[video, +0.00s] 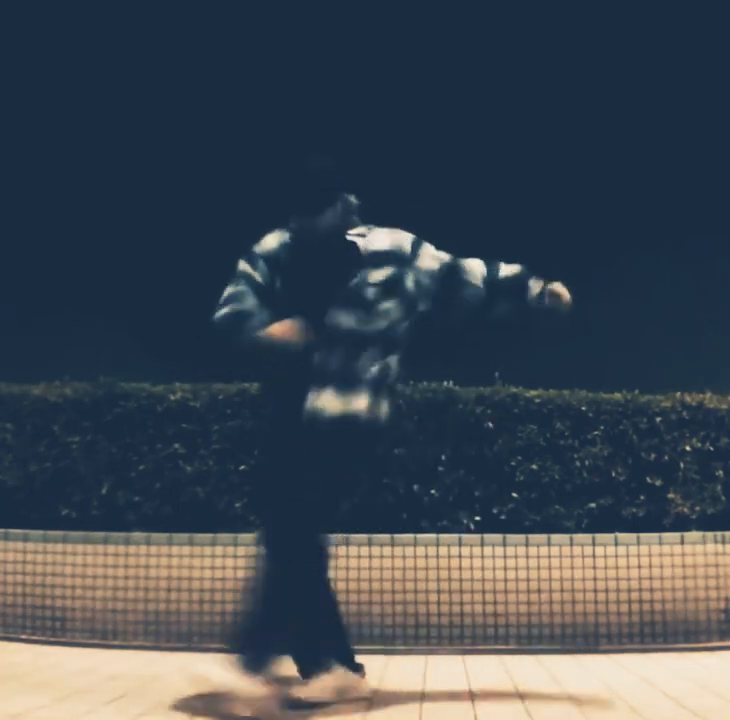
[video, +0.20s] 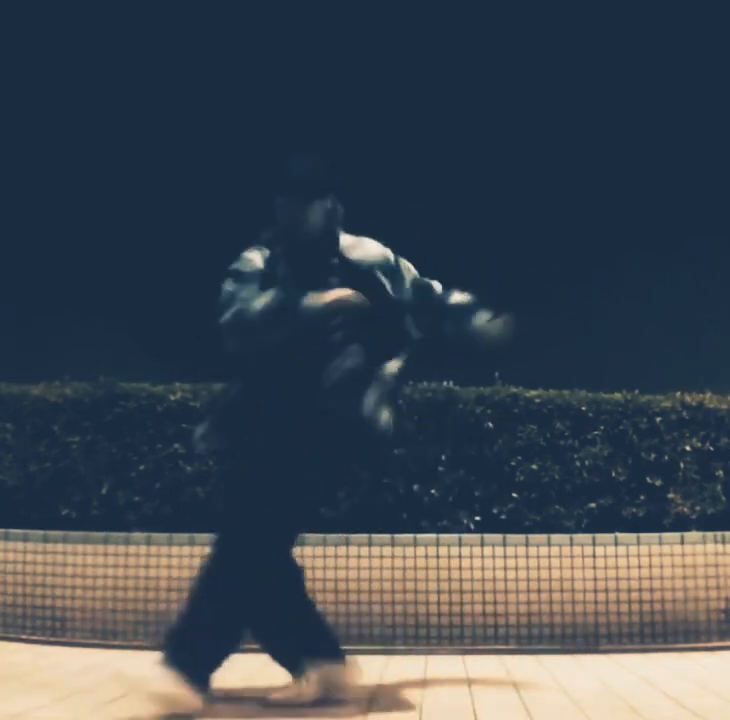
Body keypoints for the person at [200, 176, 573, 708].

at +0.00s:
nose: (314, 229)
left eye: (322, 217)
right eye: (305, 221)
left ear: (344, 210)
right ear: (295, 218)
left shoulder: (395, 252)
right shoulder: (278, 253)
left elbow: (470, 278)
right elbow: (231, 309)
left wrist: (535, 290)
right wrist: (264, 328)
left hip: (357, 423)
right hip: (292, 419)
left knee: (298, 533)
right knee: (295, 535)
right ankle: (332, 666)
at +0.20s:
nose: (301, 219)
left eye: (311, 207)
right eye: (292, 208)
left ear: (333, 209)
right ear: (277, 211)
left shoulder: (370, 260)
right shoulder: (257, 264)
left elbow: (432, 302)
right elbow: (236, 326)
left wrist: (479, 321)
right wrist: (307, 306)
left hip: (333, 428)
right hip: (258, 425)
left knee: (254, 537)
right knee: (256, 540)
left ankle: (185, 668)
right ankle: (322, 664)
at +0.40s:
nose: (313, 207)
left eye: (323, 196)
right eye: (303, 196)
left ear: (339, 200)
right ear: (285, 198)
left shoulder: (359, 251)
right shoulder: (252, 250)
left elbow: (380, 291)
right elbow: (177, 293)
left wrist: (305, 289)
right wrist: (212, 335)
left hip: (343, 422)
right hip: (271, 421)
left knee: (352, 547)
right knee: (276, 551)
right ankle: (278, 669)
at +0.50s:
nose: (314, 216)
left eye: (324, 205)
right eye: (304, 205)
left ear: (340, 207)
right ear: (286, 205)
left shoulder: (364, 265)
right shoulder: (248, 262)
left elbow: (353, 341)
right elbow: (192, 324)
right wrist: (228, 369)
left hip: (340, 424)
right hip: (261, 423)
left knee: (390, 525)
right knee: (231, 518)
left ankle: (406, 655)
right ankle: (243, 643)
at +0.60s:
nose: (299, 277)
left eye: (308, 266)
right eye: (289, 267)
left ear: (323, 268)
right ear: (270, 269)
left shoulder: (348, 321)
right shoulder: (242, 323)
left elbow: (355, 405)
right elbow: (238, 417)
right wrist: (281, 494)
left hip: (340, 466)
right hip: (268, 468)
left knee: (405, 530)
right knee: (212, 550)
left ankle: (456, 642)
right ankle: (150, 658)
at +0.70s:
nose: (292, 327)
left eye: (301, 317)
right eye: (283, 316)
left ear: (320, 315)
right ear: (268, 315)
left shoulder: (351, 367)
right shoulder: (244, 365)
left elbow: (362, 456)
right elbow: (234, 448)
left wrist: (328, 528)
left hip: (340, 500)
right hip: (268, 501)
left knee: (404, 564)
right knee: (207, 572)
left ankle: (460, 655)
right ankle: (150, 668)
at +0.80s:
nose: (302, 323)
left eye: (312, 312)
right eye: (293, 312)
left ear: (329, 311)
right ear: (277, 311)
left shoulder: (357, 362)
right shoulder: (250, 362)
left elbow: (366, 455)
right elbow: (242, 452)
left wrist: (332, 529)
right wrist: (289, 523)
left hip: (348, 500)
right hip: (271, 499)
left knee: (414, 576)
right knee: (206, 579)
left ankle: (460, 667)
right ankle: (151, 671)